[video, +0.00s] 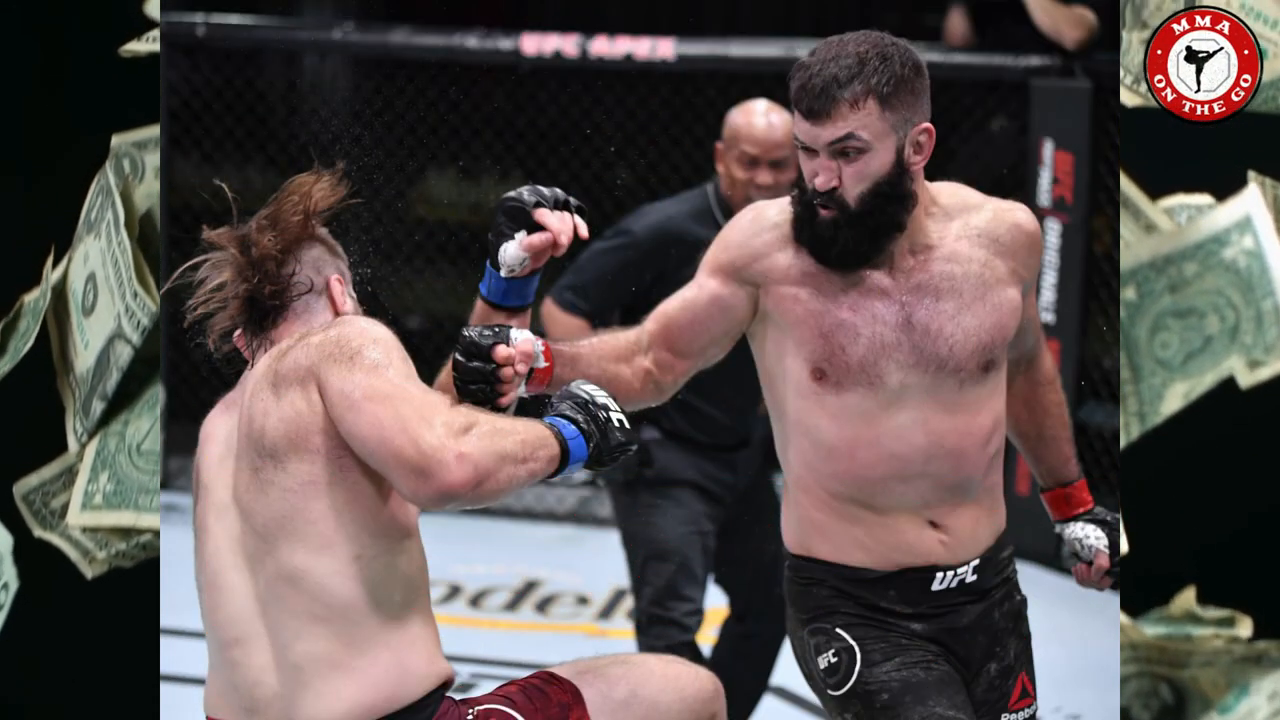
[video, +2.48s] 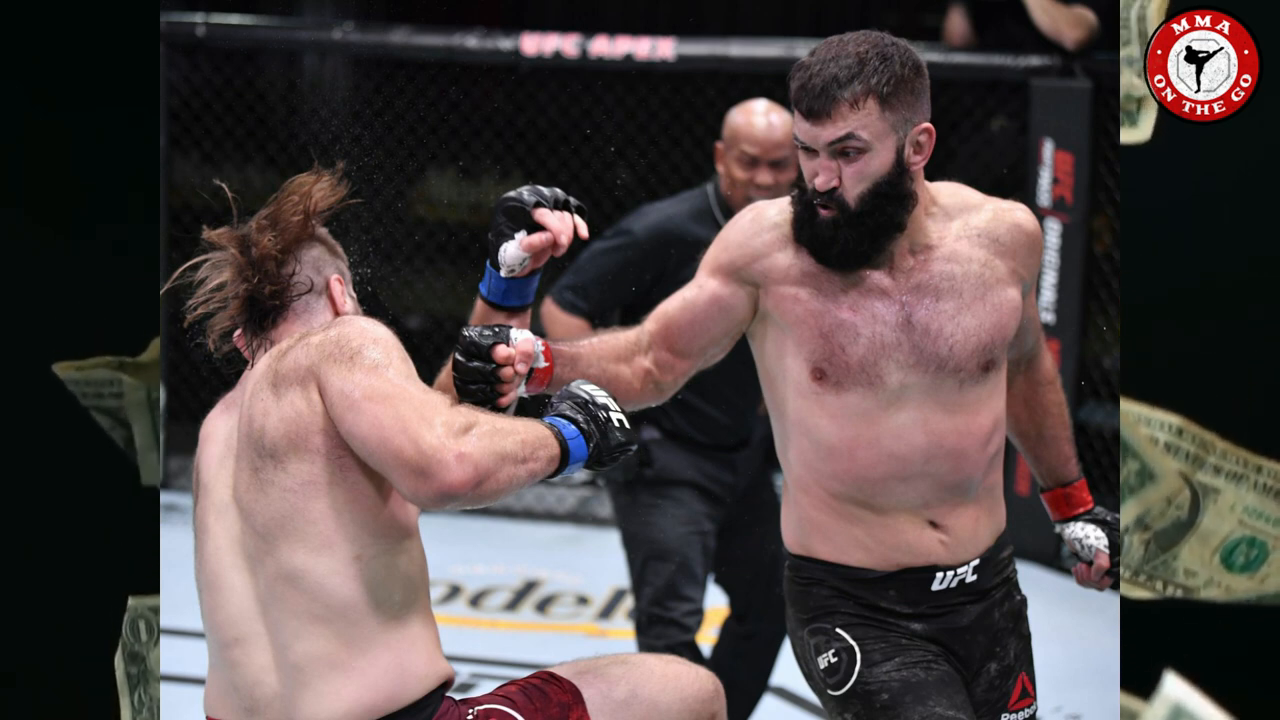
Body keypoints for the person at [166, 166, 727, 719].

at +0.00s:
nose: (365, 311)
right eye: (358, 293)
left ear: (243, 344)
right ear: (341, 291)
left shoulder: (218, 426)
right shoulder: (344, 346)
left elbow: (443, 433)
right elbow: (447, 467)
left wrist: (509, 283)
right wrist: (576, 431)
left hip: (242, 712)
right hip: (397, 708)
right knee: (691, 687)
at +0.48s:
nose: (365, 312)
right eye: (358, 294)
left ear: (243, 345)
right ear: (340, 291)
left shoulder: (218, 426)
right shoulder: (344, 347)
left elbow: (443, 432)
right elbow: (447, 466)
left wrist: (509, 283)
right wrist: (576, 431)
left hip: (241, 714)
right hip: (397, 709)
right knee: (691, 688)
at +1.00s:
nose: (363, 308)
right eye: (356, 290)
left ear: (243, 346)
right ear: (340, 290)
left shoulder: (217, 427)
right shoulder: (344, 346)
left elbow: (445, 428)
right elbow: (446, 467)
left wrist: (509, 282)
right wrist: (576, 431)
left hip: (238, 713)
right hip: (396, 709)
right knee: (691, 687)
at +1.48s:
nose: (364, 308)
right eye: (356, 291)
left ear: (242, 344)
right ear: (339, 291)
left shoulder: (217, 427)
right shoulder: (344, 346)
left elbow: (442, 432)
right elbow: (446, 467)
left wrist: (508, 284)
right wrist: (576, 431)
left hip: (239, 714)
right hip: (396, 710)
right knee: (691, 688)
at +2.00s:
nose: (363, 308)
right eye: (355, 290)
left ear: (243, 345)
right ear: (340, 291)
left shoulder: (216, 428)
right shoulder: (343, 347)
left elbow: (446, 427)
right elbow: (447, 467)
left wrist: (508, 283)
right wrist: (577, 430)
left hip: (238, 713)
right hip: (396, 709)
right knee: (691, 687)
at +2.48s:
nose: (364, 309)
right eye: (356, 292)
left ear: (242, 343)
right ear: (340, 292)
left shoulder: (216, 427)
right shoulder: (344, 346)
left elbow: (443, 428)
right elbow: (447, 467)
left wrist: (508, 283)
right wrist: (576, 431)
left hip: (239, 714)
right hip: (396, 710)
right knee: (692, 688)